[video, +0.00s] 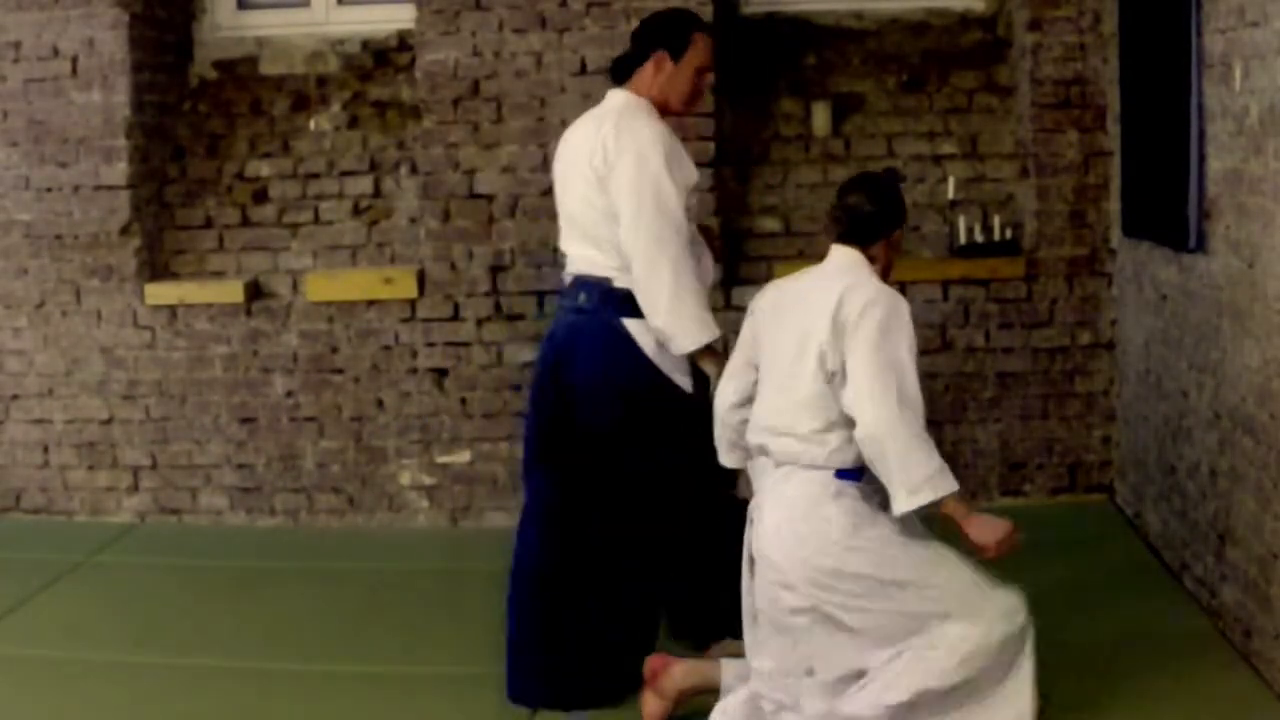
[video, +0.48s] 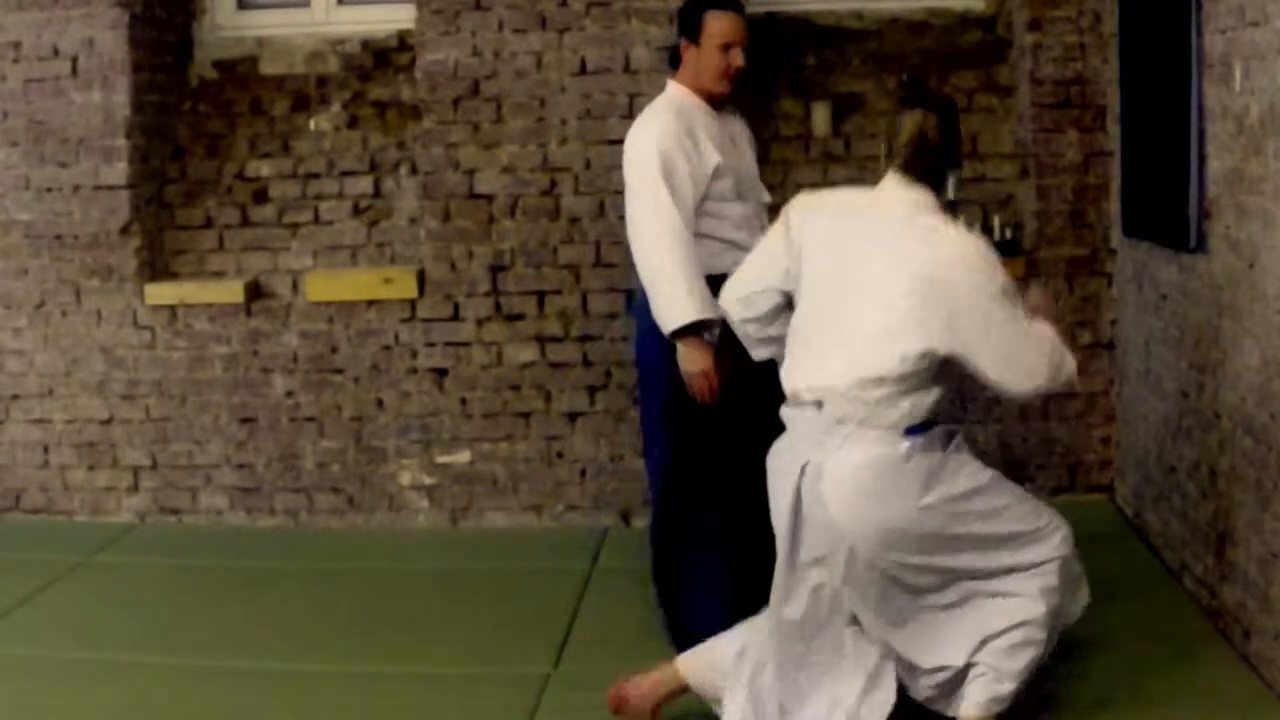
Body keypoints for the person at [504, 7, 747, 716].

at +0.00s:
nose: (705, 88)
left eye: (708, 74)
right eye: (699, 72)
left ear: (649, 66)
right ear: (659, 63)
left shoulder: (582, 128)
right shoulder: (640, 132)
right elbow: (657, 250)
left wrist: (686, 246)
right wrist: (714, 354)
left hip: (576, 331)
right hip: (629, 335)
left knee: (575, 510)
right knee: (669, 496)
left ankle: (567, 674)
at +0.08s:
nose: (717, 82)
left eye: (719, 68)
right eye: (709, 66)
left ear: (662, 63)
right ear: (669, 60)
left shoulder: (611, 122)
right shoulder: (645, 131)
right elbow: (664, 252)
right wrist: (720, 356)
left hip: (603, 325)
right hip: (641, 333)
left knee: (605, 501)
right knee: (661, 497)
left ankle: (596, 659)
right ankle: (666, 656)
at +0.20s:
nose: (728, 79)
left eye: (730, 66)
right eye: (719, 64)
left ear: (679, 63)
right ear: (676, 59)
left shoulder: (653, 121)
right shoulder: (655, 130)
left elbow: (676, 239)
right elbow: (670, 247)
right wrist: (717, 349)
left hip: (650, 316)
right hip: (665, 323)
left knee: (635, 477)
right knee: (674, 482)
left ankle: (604, 628)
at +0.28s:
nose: (731, 76)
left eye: (735, 63)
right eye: (721, 62)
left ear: (692, 62)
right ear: (677, 58)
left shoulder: (688, 123)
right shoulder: (656, 130)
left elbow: (707, 218)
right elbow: (668, 243)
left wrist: (750, 254)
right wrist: (711, 346)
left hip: (706, 308)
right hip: (674, 318)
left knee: (703, 471)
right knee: (683, 474)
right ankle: (679, 624)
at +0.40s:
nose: (738, 67)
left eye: (742, 54)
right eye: (728, 53)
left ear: (710, 55)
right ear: (688, 51)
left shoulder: (716, 126)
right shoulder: (658, 131)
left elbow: (740, 216)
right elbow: (664, 242)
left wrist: (770, 253)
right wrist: (699, 340)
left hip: (737, 297)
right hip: (685, 306)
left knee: (740, 466)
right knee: (693, 472)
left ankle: (736, 611)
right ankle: (688, 622)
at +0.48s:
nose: (737, 61)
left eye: (741, 48)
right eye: (725, 48)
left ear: (736, 53)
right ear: (687, 50)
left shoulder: (734, 128)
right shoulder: (658, 129)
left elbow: (755, 220)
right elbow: (657, 234)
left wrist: (777, 307)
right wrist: (687, 331)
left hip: (744, 310)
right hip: (686, 315)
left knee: (749, 477)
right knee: (693, 485)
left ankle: (751, 624)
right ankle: (699, 639)